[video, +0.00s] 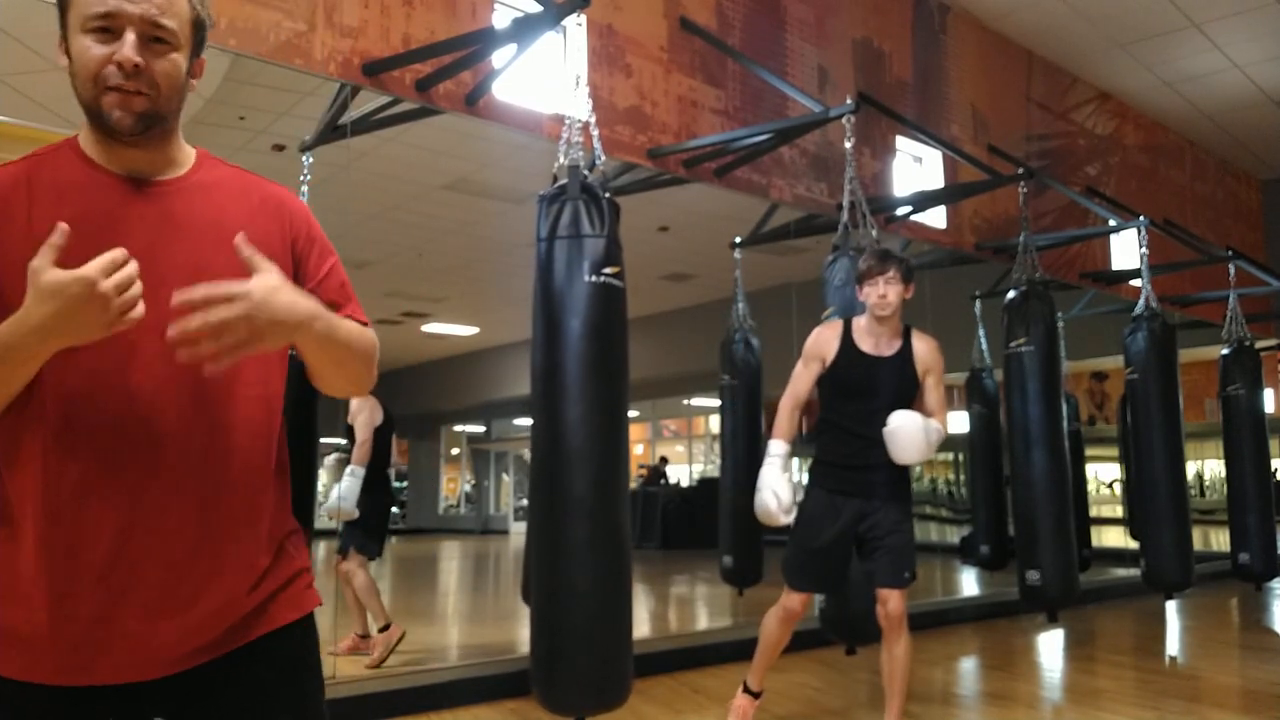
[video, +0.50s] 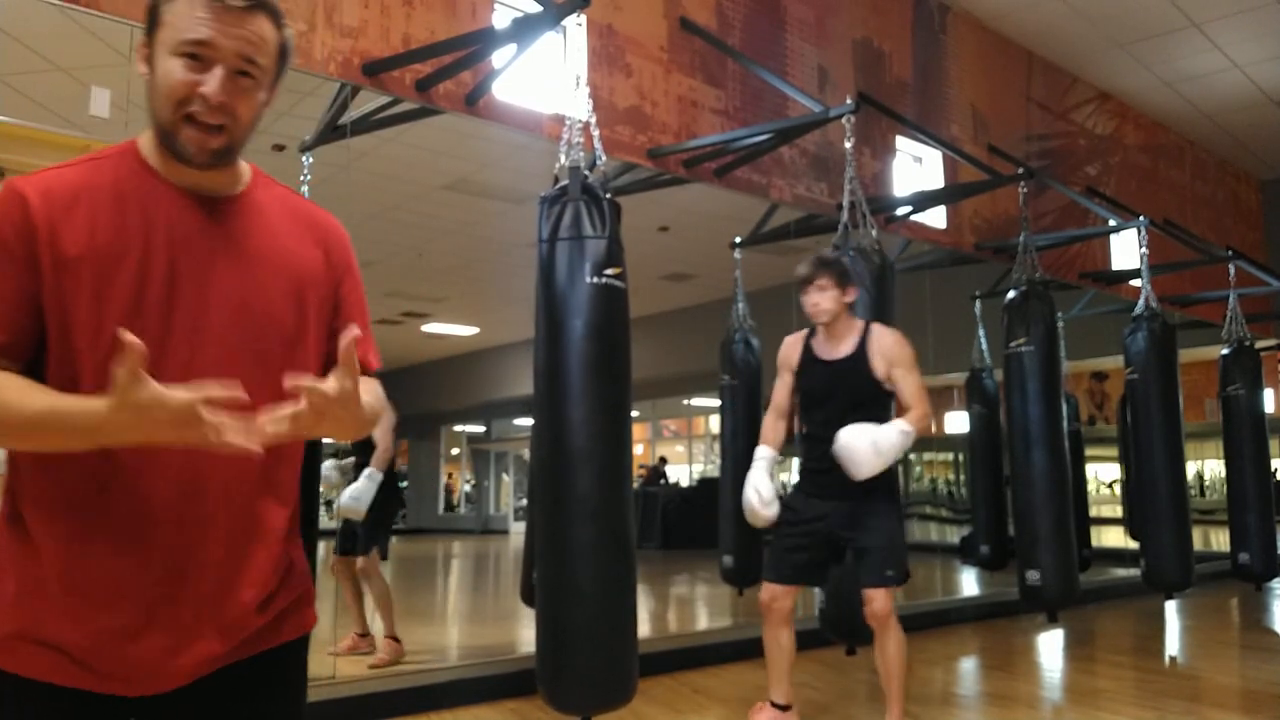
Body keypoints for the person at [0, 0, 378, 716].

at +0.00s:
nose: (128, 56)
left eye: (157, 39)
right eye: (103, 31)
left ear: (195, 70)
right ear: (64, 50)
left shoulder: (274, 213)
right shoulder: (8, 200)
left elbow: (358, 375)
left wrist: (302, 320)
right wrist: (31, 335)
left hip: (247, 634)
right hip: (44, 642)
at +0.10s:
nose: (140, 64)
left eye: (170, 47)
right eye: (117, 35)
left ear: (202, 75)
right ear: (73, 51)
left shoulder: (266, 213)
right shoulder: (8, 196)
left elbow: (343, 384)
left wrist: (310, 296)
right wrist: (34, 311)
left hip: (242, 633)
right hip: (45, 643)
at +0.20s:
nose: (152, 73)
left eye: (182, 56)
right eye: (129, 42)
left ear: (209, 80)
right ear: (81, 50)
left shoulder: (268, 219)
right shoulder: (11, 194)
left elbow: (326, 395)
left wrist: (318, 288)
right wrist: (28, 291)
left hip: (241, 633)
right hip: (44, 643)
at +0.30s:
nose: (168, 80)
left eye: (198, 61)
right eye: (145, 49)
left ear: (224, 83)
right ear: (96, 53)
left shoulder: (279, 224)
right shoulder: (15, 198)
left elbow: (323, 403)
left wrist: (325, 301)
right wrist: (39, 297)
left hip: (246, 640)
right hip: (47, 652)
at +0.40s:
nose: (188, 88)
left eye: (219, 70)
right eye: (166, 57)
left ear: (246, 91)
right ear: (118, 59)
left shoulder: (296, 232)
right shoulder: (21, 208)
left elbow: (334, 409)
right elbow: (3, 398)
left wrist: (326, 346)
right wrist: (78, 356)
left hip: (244, 652)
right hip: (51, 655)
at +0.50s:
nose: (212, 92)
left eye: (245, 74)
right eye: (192, 57)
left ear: (270, 96)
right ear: (144, 58)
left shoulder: (318, 241)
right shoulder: (34, 214)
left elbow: (365, 391)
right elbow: (2, 388)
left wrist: (350, 414)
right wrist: (106, 420)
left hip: (248, 657)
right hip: (58, 654)